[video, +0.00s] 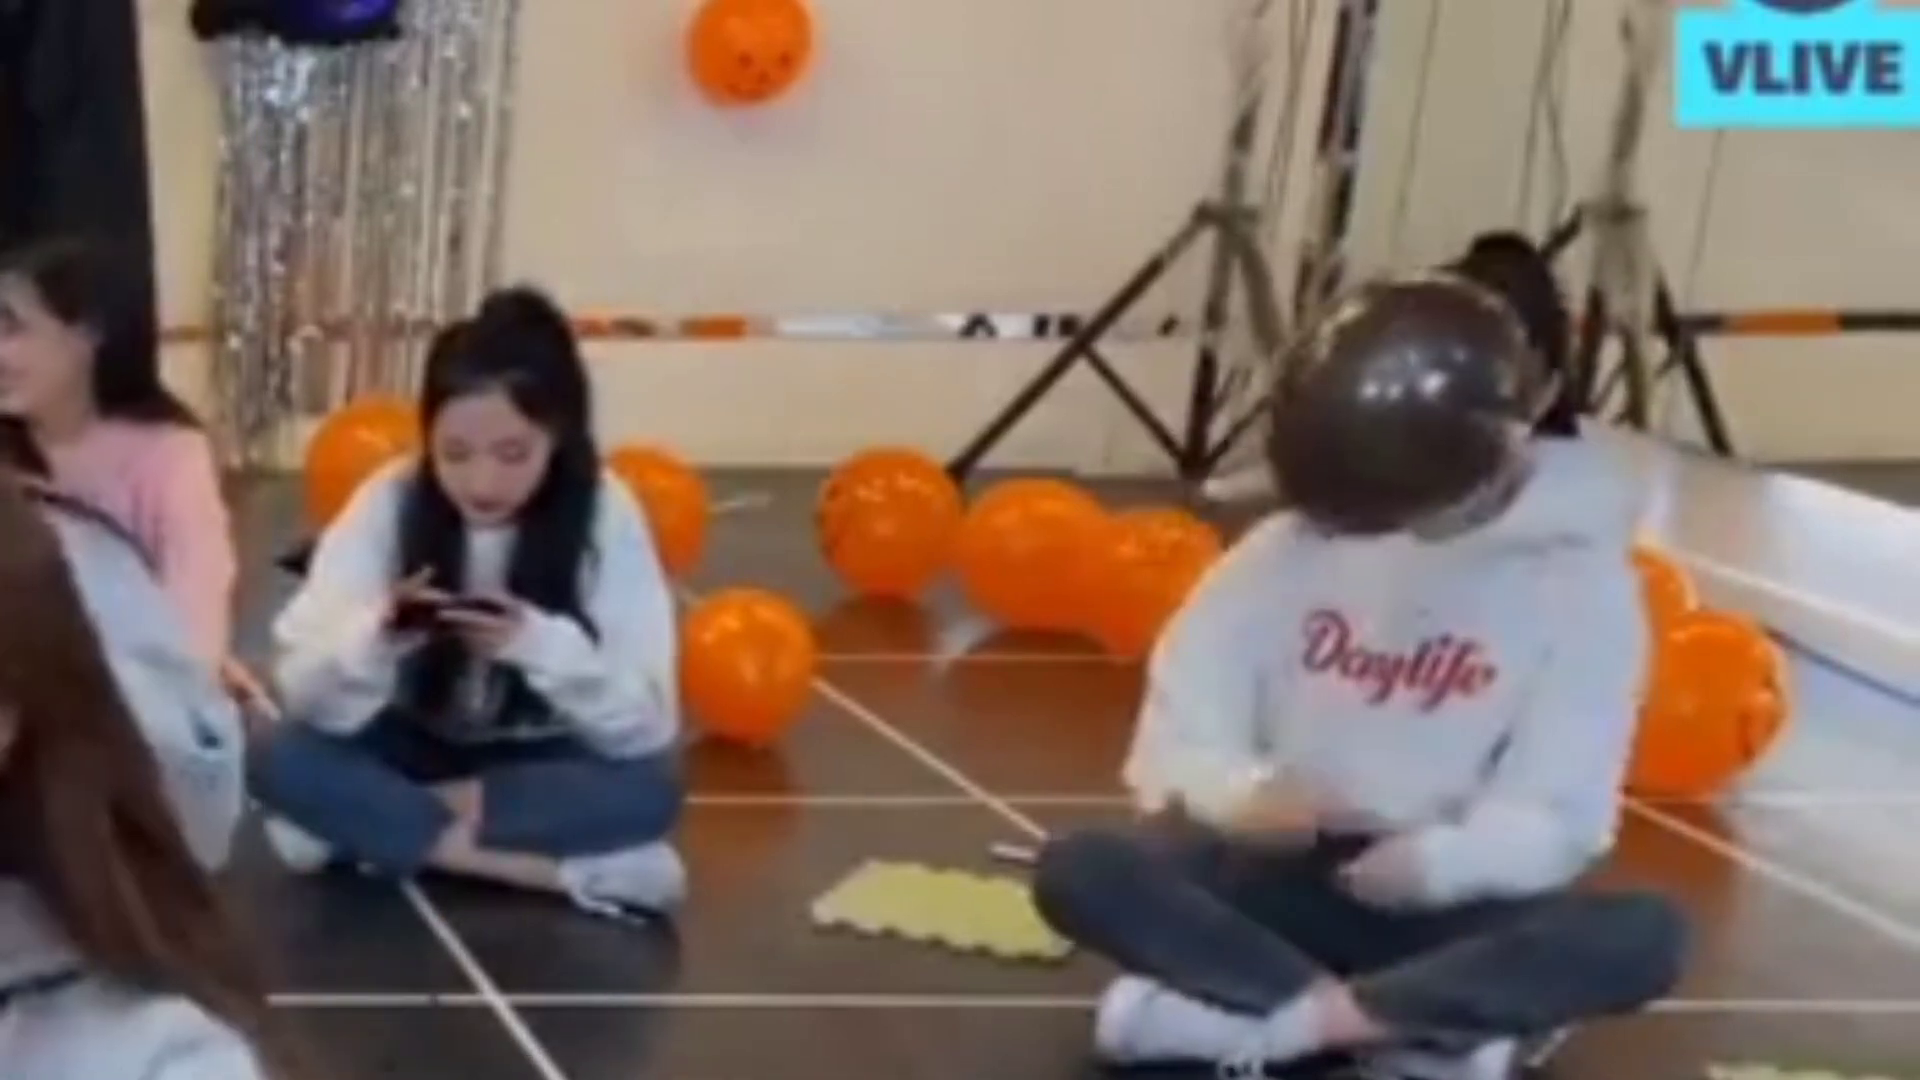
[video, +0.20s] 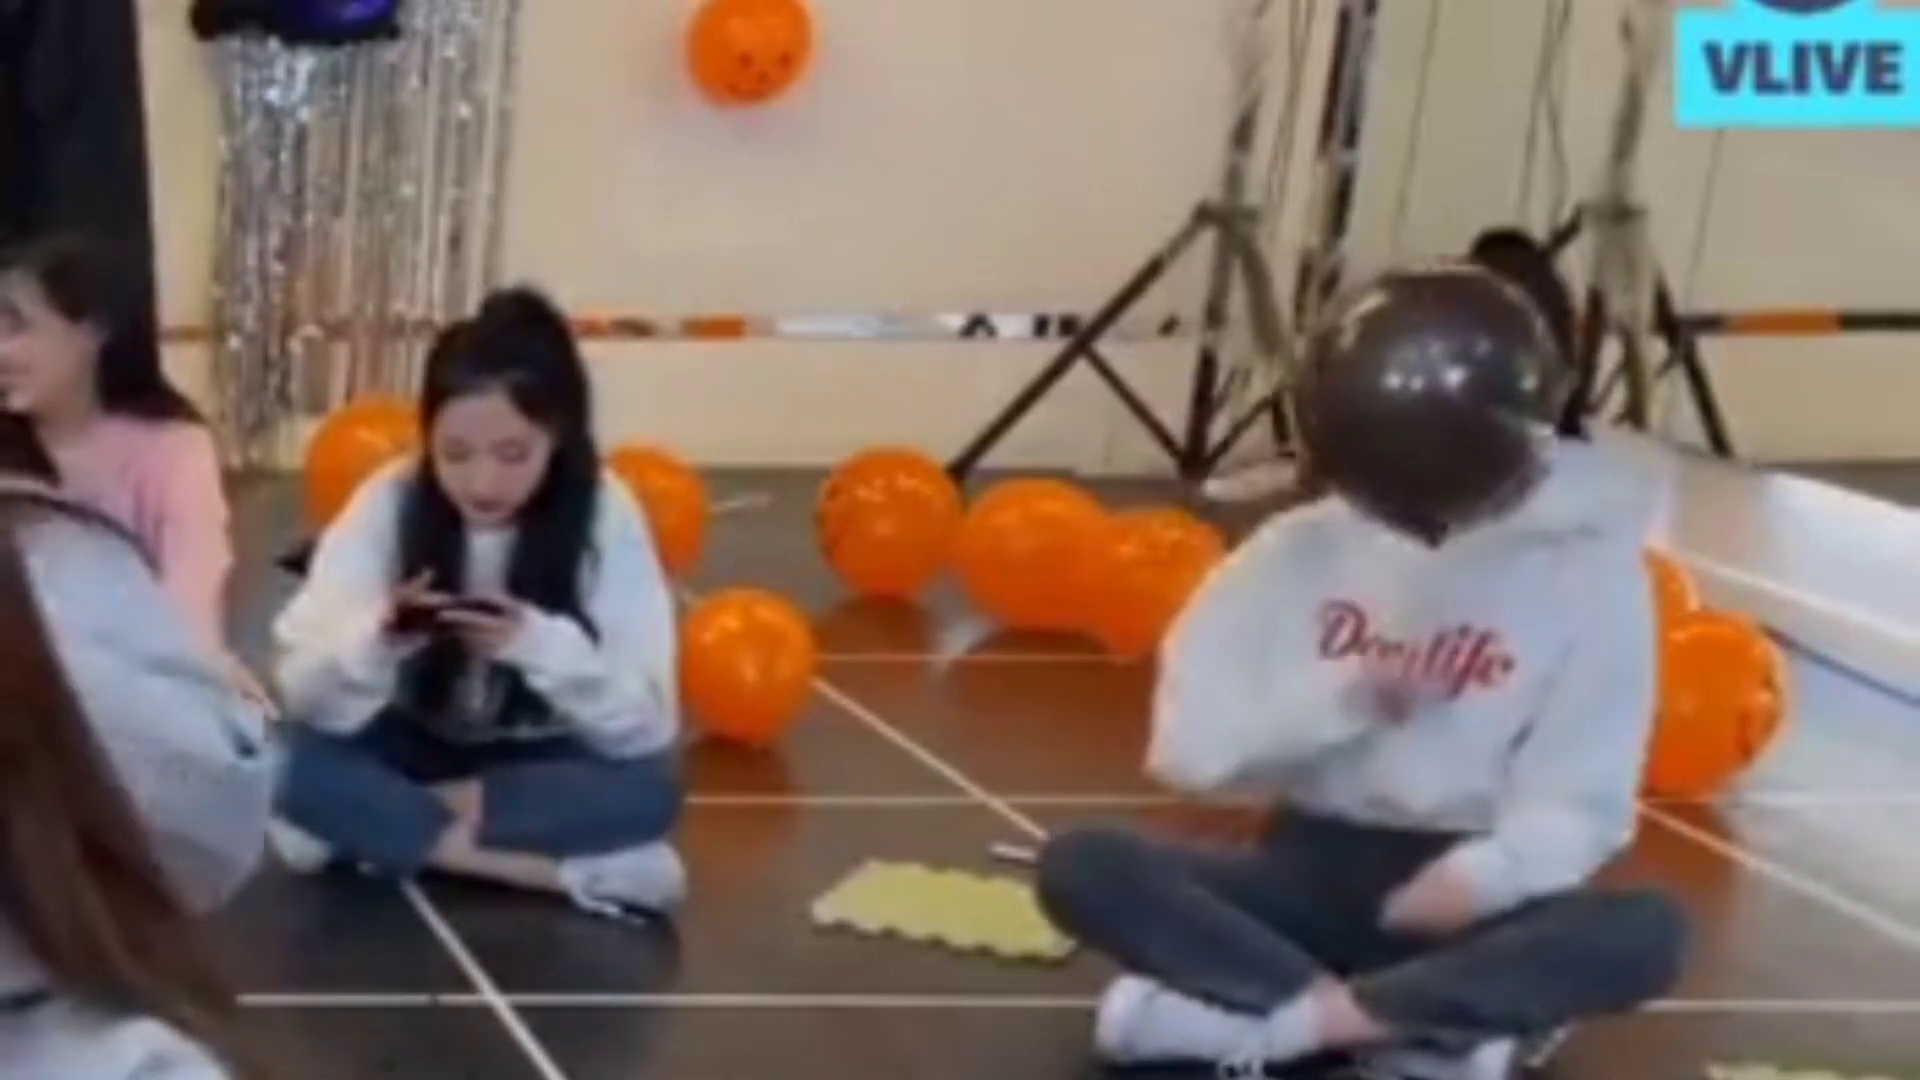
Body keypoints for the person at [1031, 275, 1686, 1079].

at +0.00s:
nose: (1374, 535)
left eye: (1400, 516)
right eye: (1343, 514)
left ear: (1497, 463)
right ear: (1319, 459)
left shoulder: (1580, 585)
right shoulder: (1289, 547)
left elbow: (1560, 816)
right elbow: (1172, 749)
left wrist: (1432, 863)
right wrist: (1244, 800)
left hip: (1453, 891)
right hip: (1274, 868)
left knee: (1644, 935)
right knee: (1076, 870)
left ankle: (1285, 1031)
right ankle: (1397, 1043)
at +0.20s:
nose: (1412, 530)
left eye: (1441, 509)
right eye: (1380, 501)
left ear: (1514, 464)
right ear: (1341, 469)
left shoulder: (1591, 574)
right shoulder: (1300, 548)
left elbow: (1587, 799)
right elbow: (1186, 751)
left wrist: (1490, 875)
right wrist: (1339, 705)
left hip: (1476, 890)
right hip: (1303, 872)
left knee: (1648, 933)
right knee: (1078, 865)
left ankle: (1286, 1029)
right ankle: (1400, 1045)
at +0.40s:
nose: (1472, 583)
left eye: (1494, 563)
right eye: (1450, 561)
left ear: (1537, 513)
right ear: (1388, 519)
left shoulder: (1599, 579)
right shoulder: (1302, 551)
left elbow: (1586, 797)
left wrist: (1461, 859)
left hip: (1478, 885)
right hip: (1304, 873)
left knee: (1642, 917)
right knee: (1082, 859)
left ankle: (1280, 1030)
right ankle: (1403, 1040)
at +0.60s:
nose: (1440, 535)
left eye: (1469, 514)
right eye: (1413, 505)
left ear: (1527, 475)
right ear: (1368, 465)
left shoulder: (1600, 567)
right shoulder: (1306, 540)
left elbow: (1585, 799)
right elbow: (1216, 732)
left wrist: (1462, 852)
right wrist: (1379, 590)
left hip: (1487, 886)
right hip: (1312, 867)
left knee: (1639, 912)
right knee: (1084, 856)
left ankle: (1281, 1029)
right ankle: (1405, 1046)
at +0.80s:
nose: (1427, 509)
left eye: (1456, 492)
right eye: (1396, 484)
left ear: (1528, 456)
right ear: (1362, 449)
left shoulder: (1603, 576)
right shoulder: (1306, 546)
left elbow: (1587, 796)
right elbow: (1214, 729)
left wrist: (1465, 867)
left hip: (1477, 885)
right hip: (1309, 870)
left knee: (1632, 890)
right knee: (1089, 841)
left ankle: (1274, 1029)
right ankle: (1394, 1045)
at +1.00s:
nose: (1366, 542)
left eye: (1395, 532)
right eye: (1348, 517)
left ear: (1491, 497)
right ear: (1332, 467)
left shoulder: (1602, 576)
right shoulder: (1301, 552)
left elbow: (1592, 798)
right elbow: (1254, 748)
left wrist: (1468, 884)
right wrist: (1354, 723)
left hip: (1482, 887)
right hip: (1308, 875)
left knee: (1634, 910)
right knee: (1083, 853)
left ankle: (1278, 1030)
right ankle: (1410, 1046)